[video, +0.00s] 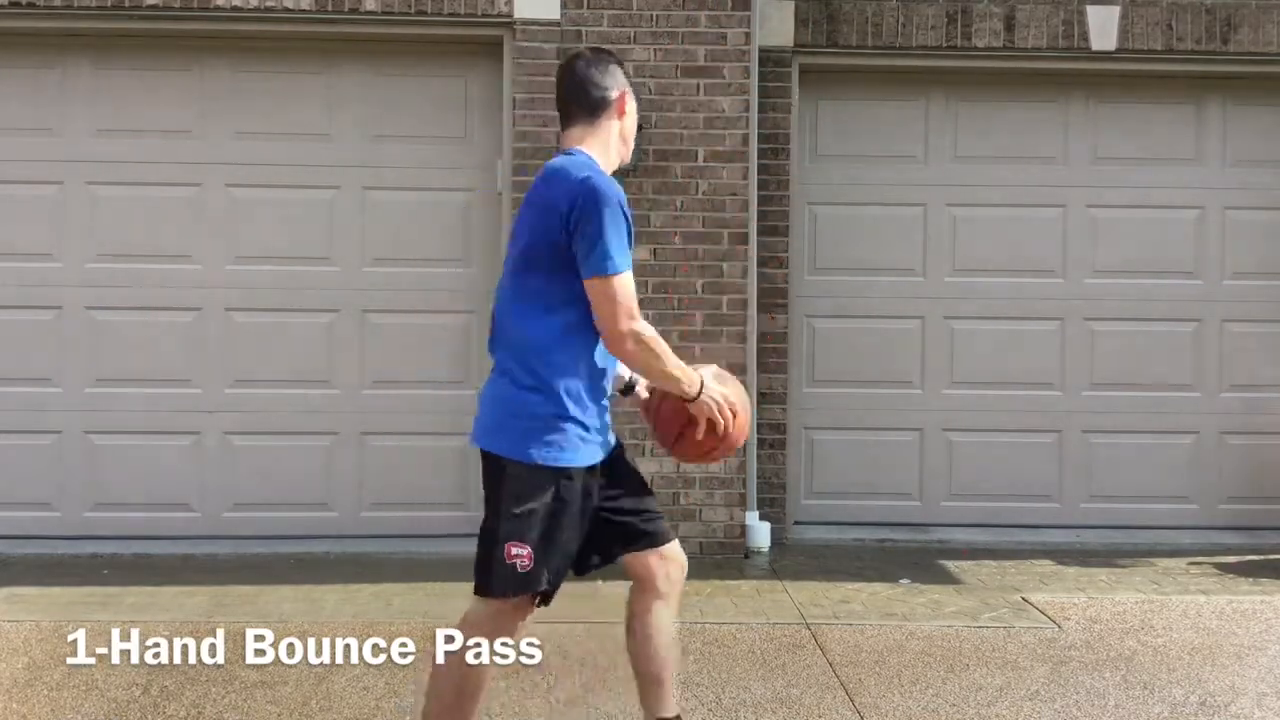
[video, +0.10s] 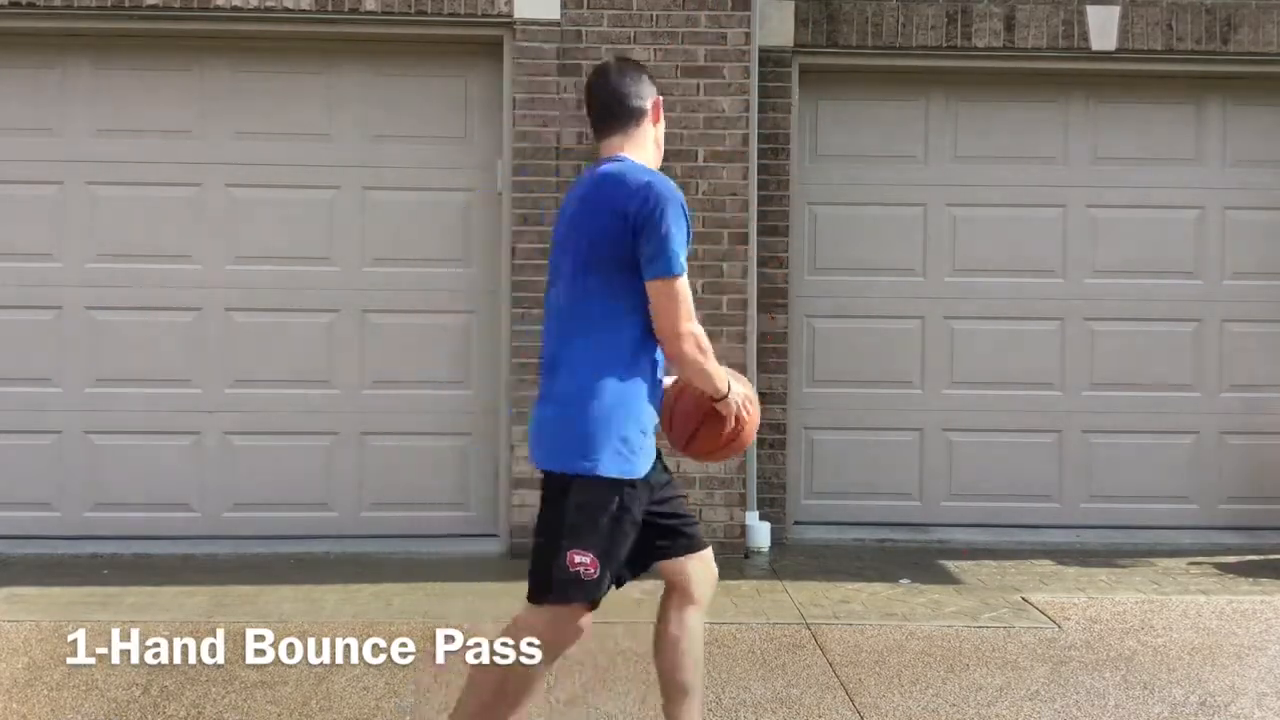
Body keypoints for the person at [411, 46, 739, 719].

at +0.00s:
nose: (638, 124)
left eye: (635, 111)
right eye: (637, 110)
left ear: (566, 112)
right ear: (623, 107)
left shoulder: (558, 184)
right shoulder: (592, 188)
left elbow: (563, 327)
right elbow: (623, 328)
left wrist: (638, 383)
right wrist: (691, 382)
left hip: (580, 435)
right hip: (538, 436)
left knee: (661, 569)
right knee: (503, 611)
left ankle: (663, 714)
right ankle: (436, 710)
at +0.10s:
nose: (667, 127)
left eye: (661, 117)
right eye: (665, 115)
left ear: (594, 123)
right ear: (656, 114)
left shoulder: (584, 194)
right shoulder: (653, 193)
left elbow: (615, 334)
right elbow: (680, 338)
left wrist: (687, 390)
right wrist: (725, 389)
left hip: (608, 439)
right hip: (603, 442)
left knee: (694, 573)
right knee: (556, 620)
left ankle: (684, 716)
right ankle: (464, 713)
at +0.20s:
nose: (699, 120)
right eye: (697, 111)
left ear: (624, 129)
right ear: (690, 114)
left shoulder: (603, 205)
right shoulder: (715, 192)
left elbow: (572, 333)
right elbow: (739, 332)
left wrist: (672, 355)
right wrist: (750, 376)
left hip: (613, 433)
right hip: (672, 437)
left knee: (711, 582)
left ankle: (691, 716)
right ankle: (521, 719)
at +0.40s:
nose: (683, 130)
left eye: (683, 121)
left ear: (693, 121)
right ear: (759, 114)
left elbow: (627, 315)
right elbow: (844, 321)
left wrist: (648, 347)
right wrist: (793, 345)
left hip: (696, 427)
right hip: (789, 426)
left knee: (713, 587)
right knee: (810, 589)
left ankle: (693, 718)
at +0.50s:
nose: (708, 138)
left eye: (709, 126)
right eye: (708, 126)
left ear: (728, 121)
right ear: (780, 119)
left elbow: (685, 308)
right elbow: (882, 325)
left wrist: (662, 353)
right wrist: (807, 336)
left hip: (744, 427)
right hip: (833, 426)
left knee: (726, 590)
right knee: (858, 583)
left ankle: (710, 715)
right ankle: (921, 715)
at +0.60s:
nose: (738, 170)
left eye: (736, 153)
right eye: (734, 156)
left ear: (763, 134)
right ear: (793, 133)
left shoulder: (770, 186)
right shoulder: (870, 205)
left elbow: (761, 303)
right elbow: (897, 334)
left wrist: (684, 351)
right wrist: (770, 358)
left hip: (800, 433)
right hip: (883, 435)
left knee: (745, 578)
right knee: (883, 589)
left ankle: (756, 713)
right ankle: (935, 715)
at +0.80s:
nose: (760, 171)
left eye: (760, 153)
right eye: (753, 159)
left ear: (795, 124)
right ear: (799, 129)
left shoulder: (844, 176)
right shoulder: (845, 181)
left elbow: (904, 286)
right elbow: (851, 311)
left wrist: (827, 358)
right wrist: (776, 351)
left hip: (876, 422)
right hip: (912, 421)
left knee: (796, 586)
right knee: (890, 589)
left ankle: (842, 716)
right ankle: (940, 715)